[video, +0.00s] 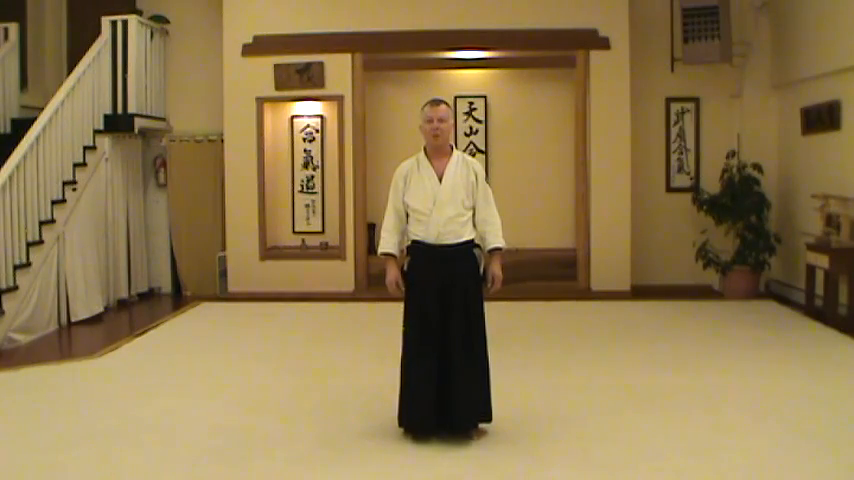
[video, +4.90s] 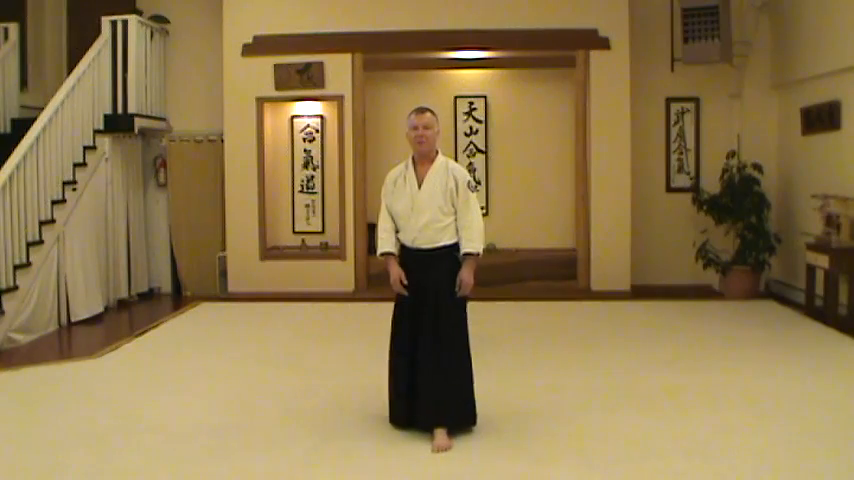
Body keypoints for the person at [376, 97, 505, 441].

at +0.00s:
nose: (436, 126)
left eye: (442, 120)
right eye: (429, 121)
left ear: (453, 125)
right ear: (421, 127)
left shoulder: (470, 167)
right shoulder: (407, 170)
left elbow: (486, 212)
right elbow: (393, 217)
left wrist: (494, 257)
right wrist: (390, 261)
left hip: (462, 260)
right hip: (422, 260)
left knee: (463, 337)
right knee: (423, 338)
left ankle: (465, 417)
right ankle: (421, 419)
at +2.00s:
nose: (412, 130)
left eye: (418, 123)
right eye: (405, 124)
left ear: (429, 127)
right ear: (397, 129)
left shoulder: (449, 167)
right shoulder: (385, 172)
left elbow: (466, 212)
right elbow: (374, 219)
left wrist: (474, 257)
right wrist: (371, 263)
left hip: (444, 262)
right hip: (404, 263)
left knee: (452, 337)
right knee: (404, 339)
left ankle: (463, 415)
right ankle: (405, 417)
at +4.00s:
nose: (418, 148)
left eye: (423, 141)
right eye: (412, 142)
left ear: (437, 137)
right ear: (406, 141)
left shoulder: (456, 172)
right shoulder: (398, 174)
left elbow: (472, 218)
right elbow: (386, 217)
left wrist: (469, 267)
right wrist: (402, 238)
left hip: (445, 261)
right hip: (412, 262)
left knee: (442, 338)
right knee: (411, 336)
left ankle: (442, 421)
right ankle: (413, 410)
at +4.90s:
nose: (420, 133)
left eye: (427, 128)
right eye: (415, 128)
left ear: (439, 132)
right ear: (407, 134)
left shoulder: (455, 173)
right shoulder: (395, 177)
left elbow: (471, 218)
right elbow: (385, 222)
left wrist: (469, 264)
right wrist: (391, 262)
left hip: (445, 262)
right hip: (411, 262)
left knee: (443, 340)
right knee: (413, 339)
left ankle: (441, 422)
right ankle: (418, 413)